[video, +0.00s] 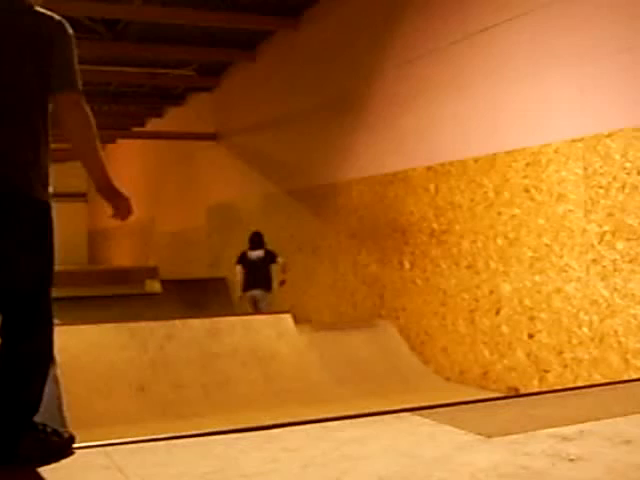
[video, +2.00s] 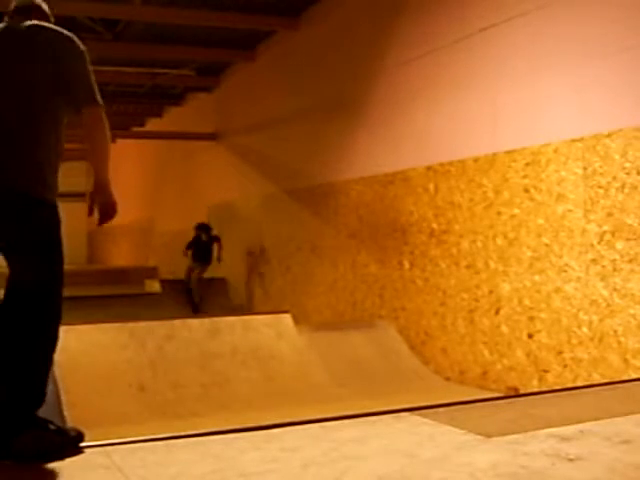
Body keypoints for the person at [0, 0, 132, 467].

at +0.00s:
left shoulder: (46, 31)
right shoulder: (45, 29)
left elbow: (71, 111)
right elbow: (71, 111)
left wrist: (104, 183)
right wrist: (106, 184)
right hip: (19, 202)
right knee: (28, 318)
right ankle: (16, 432)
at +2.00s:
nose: (43, 22)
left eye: (37, 20)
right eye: (46, 19)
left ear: (10, 16)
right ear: (46, 18)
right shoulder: (59, 43)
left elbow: (92, 114)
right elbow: (93, 115)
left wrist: (101, 181)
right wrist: (102, 181)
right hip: (26, 193)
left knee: (25, 304)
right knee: (37, 304)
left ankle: (12, 422)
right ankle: (18, 422)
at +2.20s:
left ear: (12, 47)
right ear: (43, 47)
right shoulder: (58, 63)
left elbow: (97, 126)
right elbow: (99, 125)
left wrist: (98, 189)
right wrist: (99, 188)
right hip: (23, 201)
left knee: (29, 306)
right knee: (35, 306)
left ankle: (15, 422)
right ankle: (17, 422)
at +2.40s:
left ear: (13, 111)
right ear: (42, 106)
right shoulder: (57, 118)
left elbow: (99, 152)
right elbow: (100, 149)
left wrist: (102, 221)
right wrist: (103, 220)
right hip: (12, 209)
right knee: (42, 298)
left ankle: (16, 419)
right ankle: (19, 420)